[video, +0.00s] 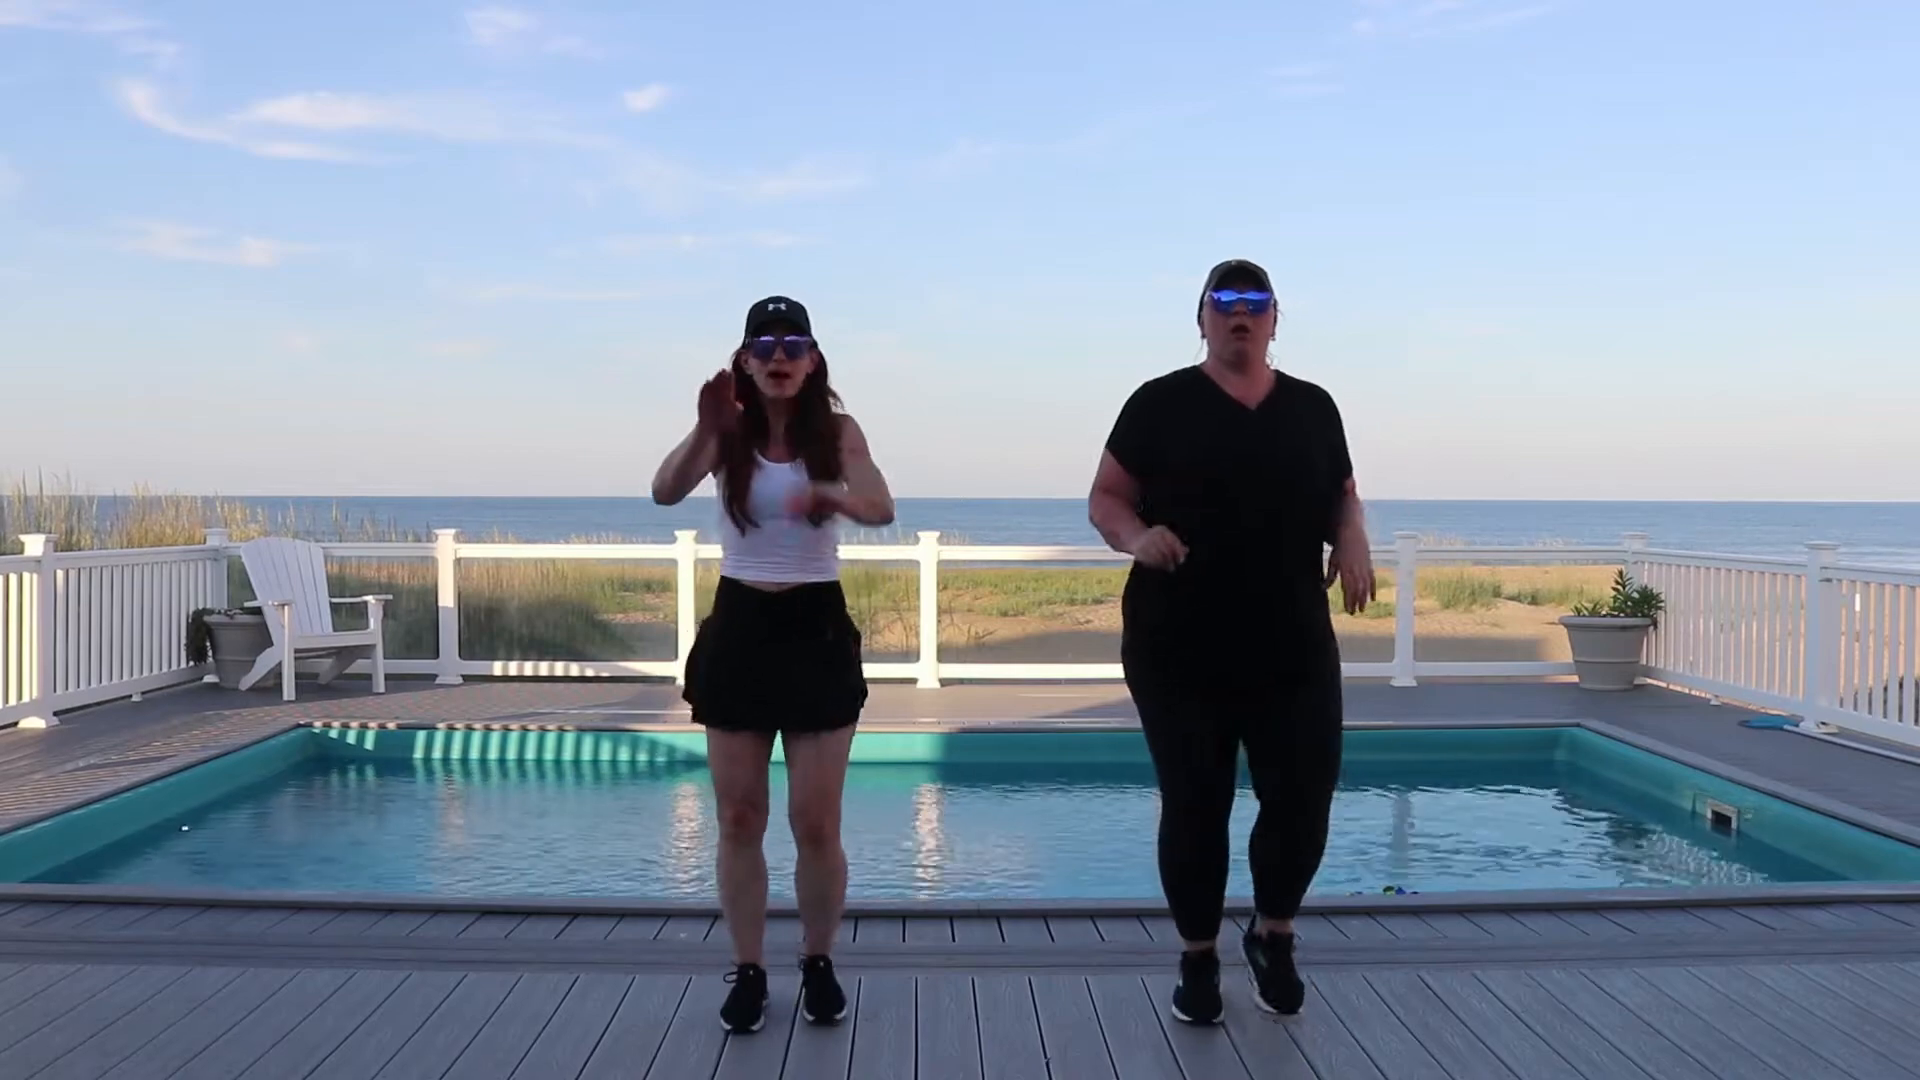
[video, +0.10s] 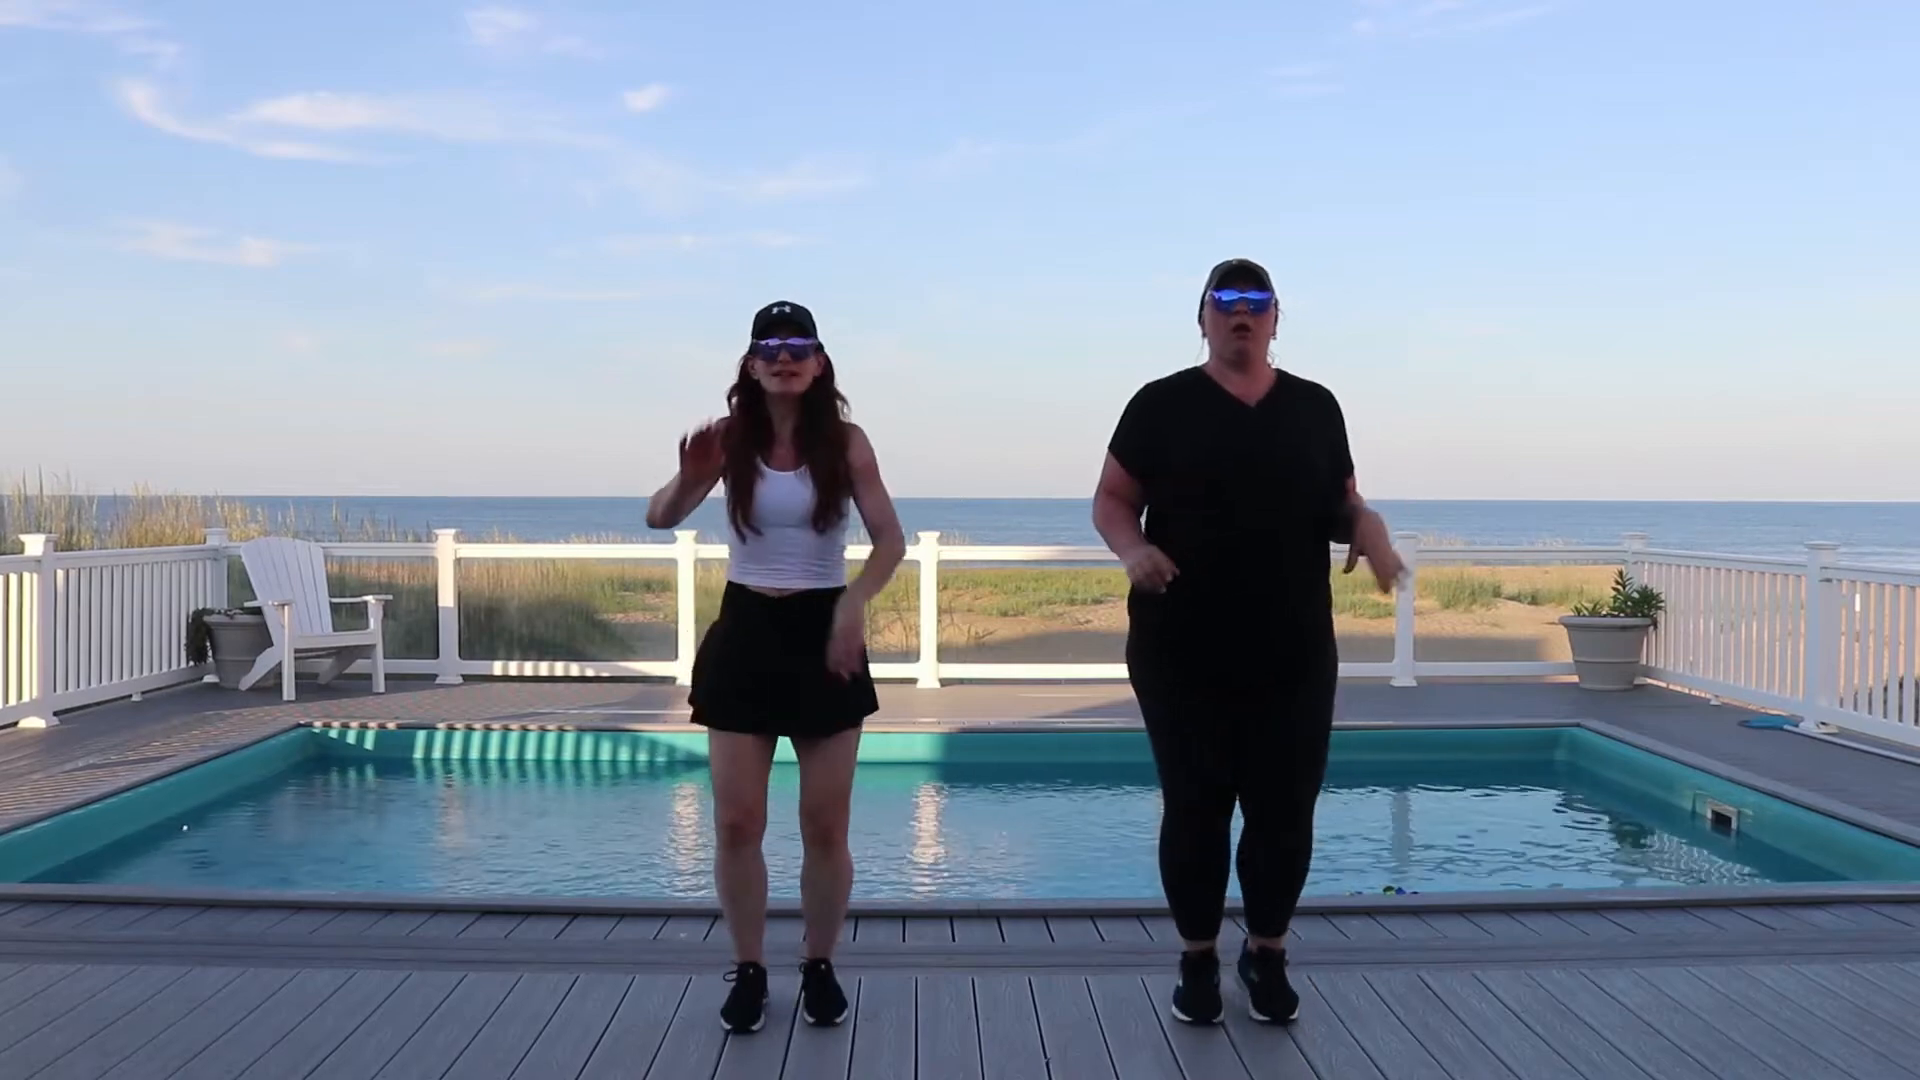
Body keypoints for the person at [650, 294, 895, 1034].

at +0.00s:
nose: (781, 360)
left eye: (795, 347)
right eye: (766, 349)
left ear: (814, 356)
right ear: (745, 360)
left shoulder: (836, 429)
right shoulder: (726, 432)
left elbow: (880, 506)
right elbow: (665, 493)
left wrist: (837, 498)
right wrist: (707, 431)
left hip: (818, 629)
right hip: (738, 629)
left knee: (815, 823)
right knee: (740, 816)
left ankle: (818, 963)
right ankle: (747, 972)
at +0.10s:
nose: (787, 361)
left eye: (800, 350)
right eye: (772, 351)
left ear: (820, 361)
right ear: (752, 363)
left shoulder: (845, 442)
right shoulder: (728, 439)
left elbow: (891, 542)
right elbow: (660, 516)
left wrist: (854, 603)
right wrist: (692, 476)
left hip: (825, 635)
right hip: (745, 633)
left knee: (824, 829)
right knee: (737, 824)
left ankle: (818, 966)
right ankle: (747, 970)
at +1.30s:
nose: (779, 364)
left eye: (793, 351)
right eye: (764, 352)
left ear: (812, 362)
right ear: (742, 361)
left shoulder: (829, 432)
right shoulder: (720, 429)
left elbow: (852, 499)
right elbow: (667, 500)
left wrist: (854, 412)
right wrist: (768, 526)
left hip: (813, 636)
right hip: (733, 637)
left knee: (802, 827)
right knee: (731, 839)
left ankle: (792, 973)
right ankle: (759, 953)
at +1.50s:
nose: (781, 390)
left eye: (794, 377)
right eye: (765, 377)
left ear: (813, 386)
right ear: (743, 388)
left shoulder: (836, 461)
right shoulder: (728, 457)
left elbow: (863, 552)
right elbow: (666, 479)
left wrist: (783, 570)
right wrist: (714, 407)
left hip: (832, 657)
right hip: (753, 658)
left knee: (820, 850)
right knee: (705, 829)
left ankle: (793, 974)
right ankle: (737, 969)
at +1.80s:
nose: (772, 379)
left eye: (786, 366)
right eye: (757, 366)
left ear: (810, 375)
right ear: (737, 377)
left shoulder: (835, 447)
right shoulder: (724, 444)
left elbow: (863, 541)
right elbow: (704, 510)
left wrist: (770, 536)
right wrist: (704, 398)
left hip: (832, 648)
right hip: (749, 651)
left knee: (854, 843)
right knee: (753, 838)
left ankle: (807, 955)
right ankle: (776, 1014)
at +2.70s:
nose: (785, 384)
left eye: (799, 370)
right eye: (770, 371)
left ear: (820, 378)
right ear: (749, 379)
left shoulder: (833, 459)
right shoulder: (718, 447)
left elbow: (856, 534)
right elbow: (681, 528)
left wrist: (876, 426)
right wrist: (777, 527)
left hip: (808, 662)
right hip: (724, 661)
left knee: (792, 843)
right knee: (694, 845)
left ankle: (775, 1021)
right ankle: (765, 946)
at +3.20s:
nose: (779, 394)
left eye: (793, 380)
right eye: (764, 381)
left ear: (814, 389)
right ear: (743, 392)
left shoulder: (838, 468)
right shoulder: (723, 460)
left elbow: (862, 548)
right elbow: (643, 494)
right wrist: (712, 501)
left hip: (824, 669)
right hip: (741, 666)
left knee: (811, 858)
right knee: (687, 849)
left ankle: (787, 976)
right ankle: (731, 948)